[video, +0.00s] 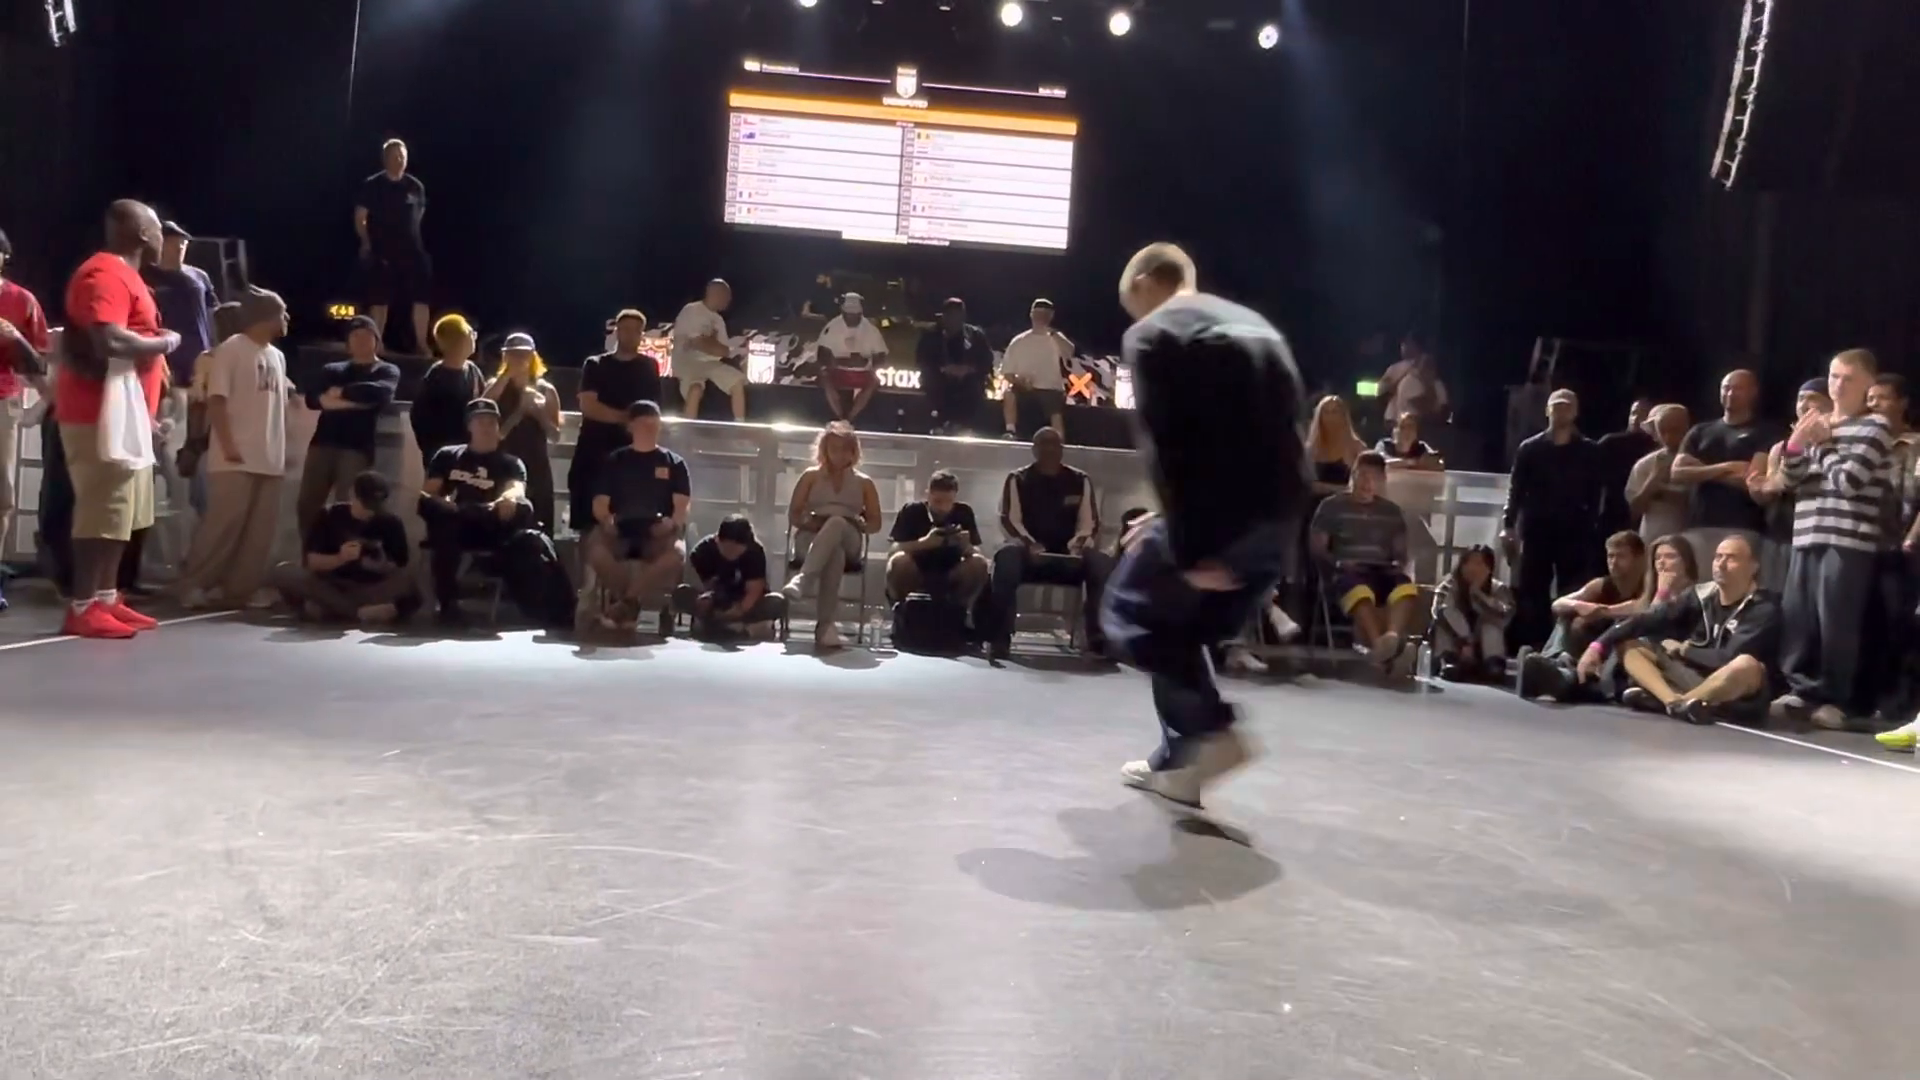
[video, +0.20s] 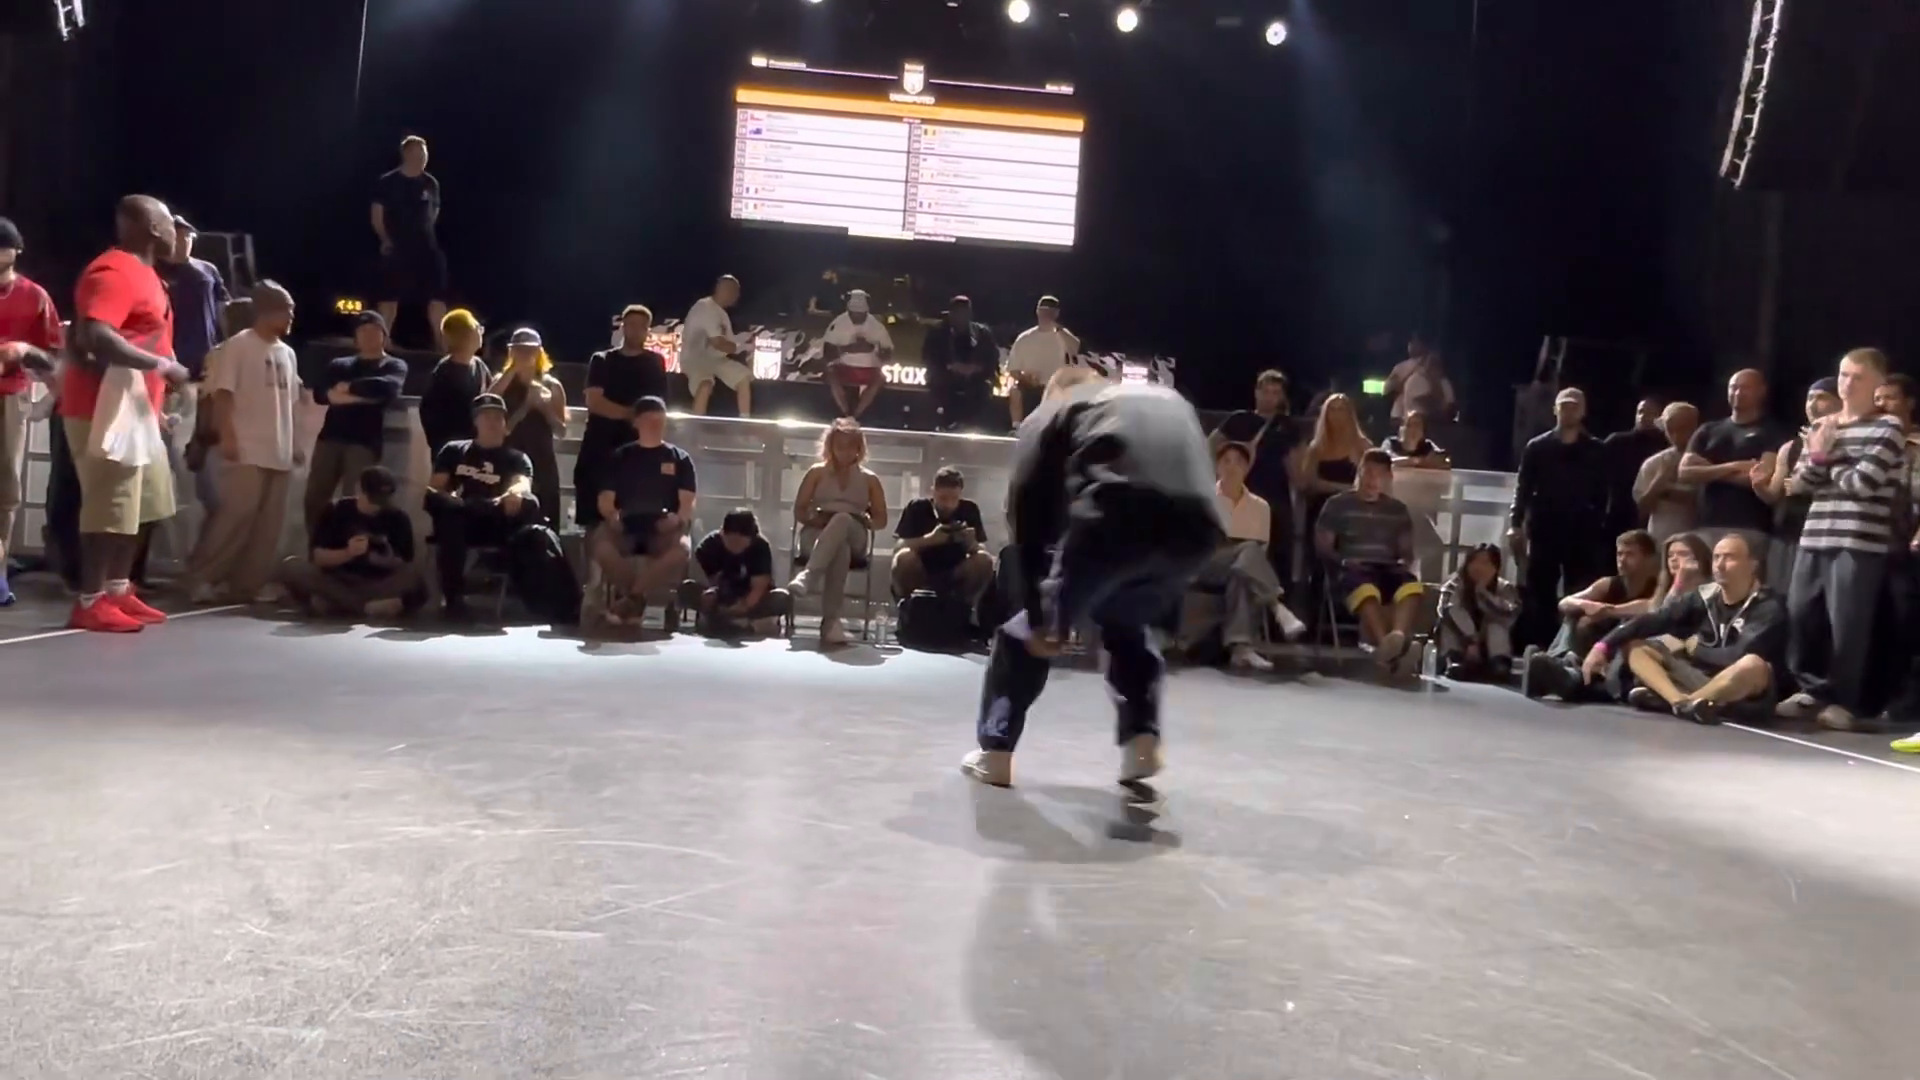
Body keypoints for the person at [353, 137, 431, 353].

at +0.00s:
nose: (399, 161)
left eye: (402, 156)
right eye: (394, 156)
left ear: (406, 159)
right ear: (385, 159)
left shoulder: (416, 187)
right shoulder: (371, 186)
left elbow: (418, 215)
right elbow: (360, 217)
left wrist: (409, 236)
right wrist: (367, 243)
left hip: (411, 251)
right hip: (382, 250)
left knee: (421, 299)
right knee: (379, 300)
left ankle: (422, 345)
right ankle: (376, 345)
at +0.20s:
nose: (422, 157)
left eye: (424, 152)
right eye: (417, 152)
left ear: (427, 155)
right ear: (406, 155)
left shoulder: (431, 183)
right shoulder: (387, 182)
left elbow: (434, 211)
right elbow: (377, 215)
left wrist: (424, 231)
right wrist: (385, 239)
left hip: (426, 244)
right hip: (397, 244)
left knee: (436, 296)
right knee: (389, 296)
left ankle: (441, 344)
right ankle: (384, 340)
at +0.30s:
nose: (440, 158)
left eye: (440, 153)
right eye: (435, 152)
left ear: (440, 157)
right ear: (422, 154)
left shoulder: (441, 184)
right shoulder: (400, 180)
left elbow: (442, 213)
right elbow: (387, 210)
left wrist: (435, 233)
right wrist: (393, 237)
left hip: (434, 244)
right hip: (406, 243)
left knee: (444, 295)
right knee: (395, 296)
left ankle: (453, 342)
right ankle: (385, 340)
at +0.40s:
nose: (455, 165)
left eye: (456, 160)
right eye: (452, 159)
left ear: (455, 161)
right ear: (438, 158)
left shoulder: (452, 188)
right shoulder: (415, 181)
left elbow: (450, 218)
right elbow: (397, 211)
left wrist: (446, 239)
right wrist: (403, 237)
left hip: (443, 246)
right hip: (416, 244)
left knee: (452, 293)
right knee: (403, 293)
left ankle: (451, 338)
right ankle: (391, 334)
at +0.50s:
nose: (474, 167)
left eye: (475, 162)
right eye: (471, 161)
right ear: (458, 161)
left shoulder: (467, 191)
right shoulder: (436, 181)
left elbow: (461, 221)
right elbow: (413, 207)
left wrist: (458, 242)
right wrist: (414, 237)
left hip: (455, 249)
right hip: (429, 246)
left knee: (457, 294)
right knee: (412, 292)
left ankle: (458, 340)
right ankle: (395, 332)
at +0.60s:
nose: (491, 171)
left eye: (493, 166)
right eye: (489, 165)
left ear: (490, 166)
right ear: (477, 162)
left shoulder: (482, 192)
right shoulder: (454, 181)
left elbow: (475, 221)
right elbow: (430, 207)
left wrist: (473, 243)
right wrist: (427, 235)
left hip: (468, 249)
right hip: (443, 246)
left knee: (466, 296)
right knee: (423, 291)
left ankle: (461, 341)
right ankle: (400, 333)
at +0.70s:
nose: (508, 171)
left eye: (509, 167)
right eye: (505, 165)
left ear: (507, 168)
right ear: (492, 163)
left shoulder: (498, 192)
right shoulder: (471, 181)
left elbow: (489, 221)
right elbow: (448, 204)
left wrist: (487, 244)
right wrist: (441, 231)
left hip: (484, 248)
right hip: (460, 244)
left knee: (483, 293)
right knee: (446, 288)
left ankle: (479, 339)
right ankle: (420, 329)